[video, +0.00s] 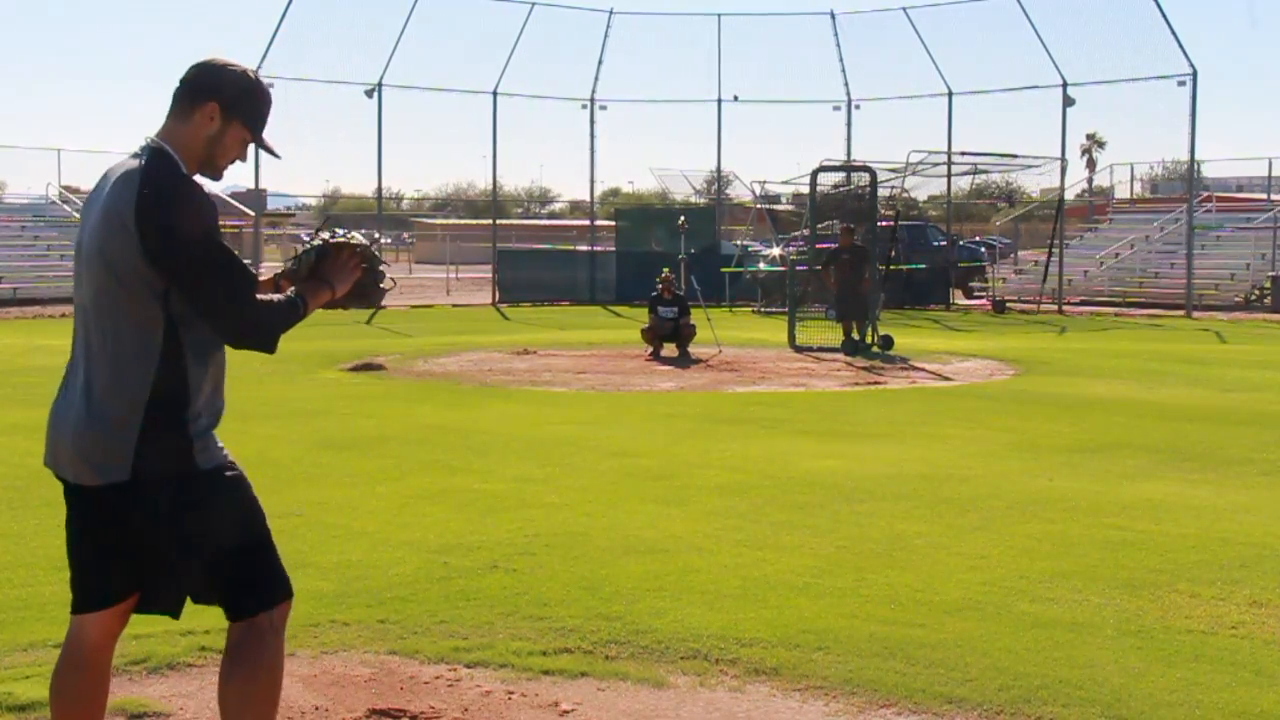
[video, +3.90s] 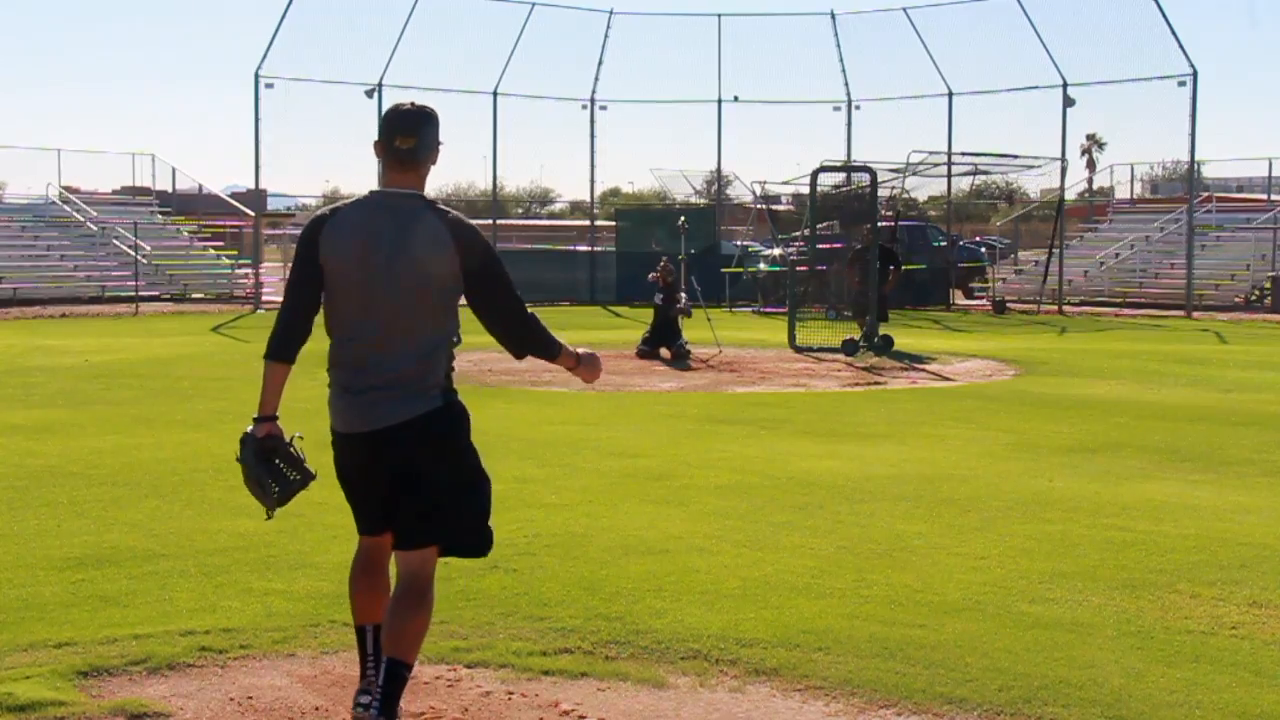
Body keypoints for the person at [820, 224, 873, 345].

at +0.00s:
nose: (845, 239)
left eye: (848, 236)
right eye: (843, 236)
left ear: (853, 237)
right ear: (840, 237)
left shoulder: (862, 251)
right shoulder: (835, 252)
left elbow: (870, 268)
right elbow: (824, 268)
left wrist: (868, 281)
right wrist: (830, 283)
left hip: (859, 286)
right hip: (842, 287)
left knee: (861, 316)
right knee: (845, 316)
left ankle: (862, 339)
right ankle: (847, 340)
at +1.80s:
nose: (863, 238)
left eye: (866, 235)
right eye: (861, 235)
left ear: (870, 236)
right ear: (856, 237)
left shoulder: (877, 251)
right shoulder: (851, 252)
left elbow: (889, 266)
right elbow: (839, 267)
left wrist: (886, 282)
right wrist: (845, 281)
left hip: (873, 287)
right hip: (856, 287)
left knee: (873, 317)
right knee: (853, 316)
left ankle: (872, 343)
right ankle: (849, 340)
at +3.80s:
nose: (867, 238)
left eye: (870, 235)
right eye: (865, 235)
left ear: (876, 236)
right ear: (863, 237)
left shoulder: (885, 251)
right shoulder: (859, 252)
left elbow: (897, 266)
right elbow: (848, 267)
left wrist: (890, 284)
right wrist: (854, 282)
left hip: (878, 288)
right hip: (861, 288)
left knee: (876, 317)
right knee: (857, 315)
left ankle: (874, 339)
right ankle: (862, 337)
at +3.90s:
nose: (867, 237)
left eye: (870, 234)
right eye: (865, 234)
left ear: (876, 236)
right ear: (863, 236)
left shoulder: (885, 251)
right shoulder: (858, 252)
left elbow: (897, 266)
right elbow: (850, 267)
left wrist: (890, 284)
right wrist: (854, 281)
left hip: (878, 287)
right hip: (862, 287)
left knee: (876, 315)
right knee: (858, 314)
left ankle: (875, 337)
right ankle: (866, 336)